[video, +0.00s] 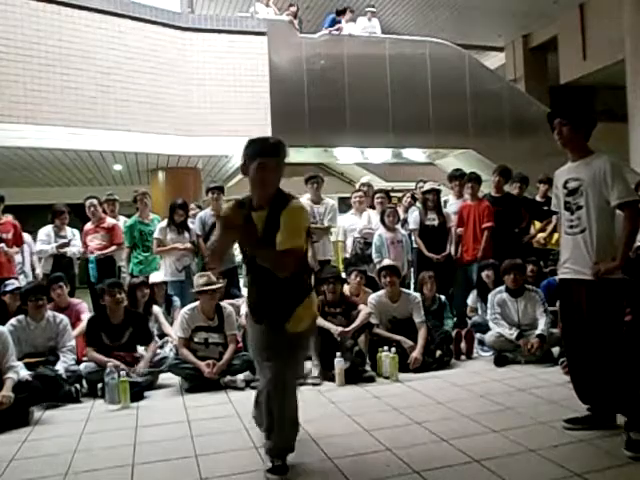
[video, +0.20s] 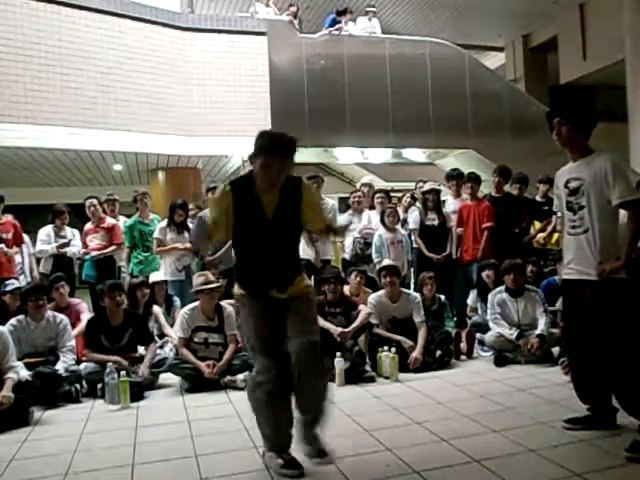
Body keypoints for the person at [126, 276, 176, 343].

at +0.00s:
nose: (144, 292)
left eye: (146, 288)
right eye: (140, 289)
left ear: (150, 290)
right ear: (133, 292)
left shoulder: (154, 309)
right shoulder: (127, 311)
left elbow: (166, 327)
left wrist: (176, 339)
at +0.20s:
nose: (144, 292)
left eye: (146, 288)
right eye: (140, 289)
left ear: (150, 290)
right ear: (134, 293)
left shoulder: (155, 309)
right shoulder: (128, 312)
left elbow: (166, 328)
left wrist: (177, 341)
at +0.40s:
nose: (144, 292)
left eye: (147, 288)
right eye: (140, 289)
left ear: (150, 291)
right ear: (134, 293)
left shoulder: (155, 310)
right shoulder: (127, 311)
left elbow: (166, 330)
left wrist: (176, 340)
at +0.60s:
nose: (145, 293)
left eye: (147, 289)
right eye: (141, 291)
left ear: (151, 291)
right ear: (134, 294)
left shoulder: (156, 310)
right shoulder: (129, 312)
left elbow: (165, 331)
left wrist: (173, 338)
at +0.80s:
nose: (145, 294)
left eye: (147, 290)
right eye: (141, 291)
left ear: (151, 292)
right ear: (135, 294)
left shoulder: (157, 310)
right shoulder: (132, 311)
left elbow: (166, 332)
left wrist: (173, 338)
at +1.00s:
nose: (144, 295)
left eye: (146, 291)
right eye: (140, 293)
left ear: (150, 293)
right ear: (135, 295)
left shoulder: (156, 310)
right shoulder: (132, 312)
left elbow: (168, 328)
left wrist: (176, 340)